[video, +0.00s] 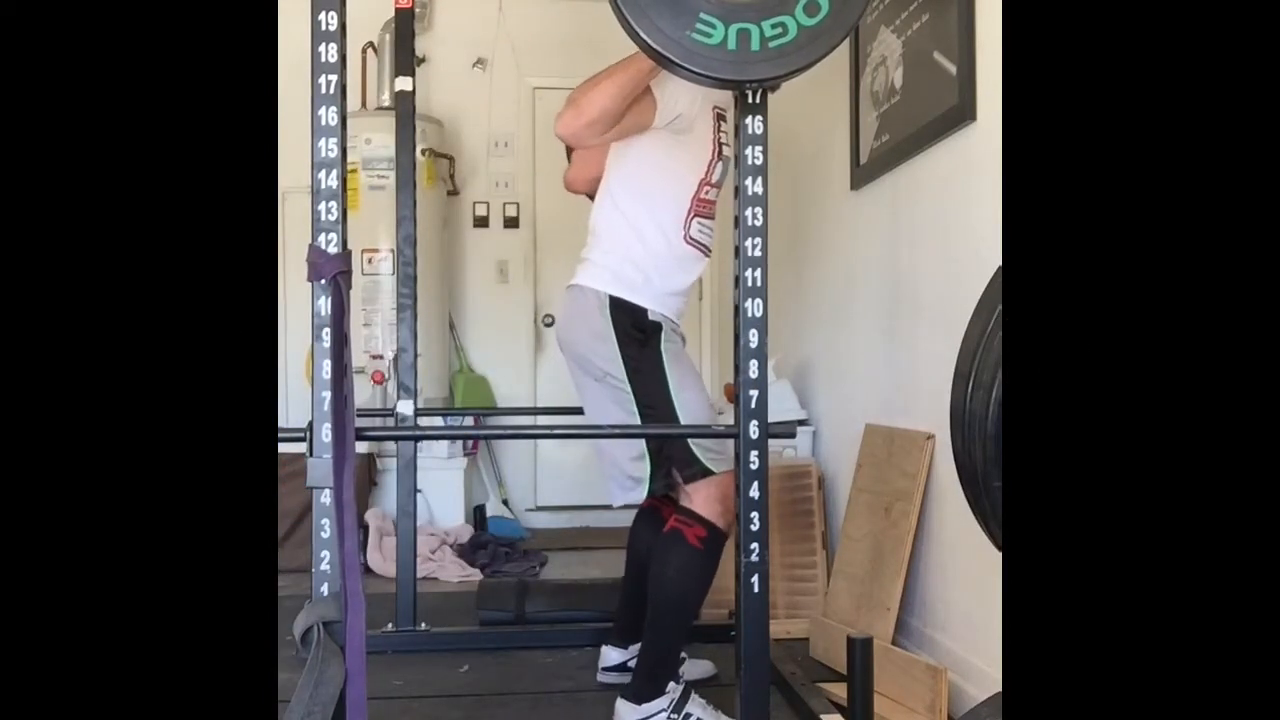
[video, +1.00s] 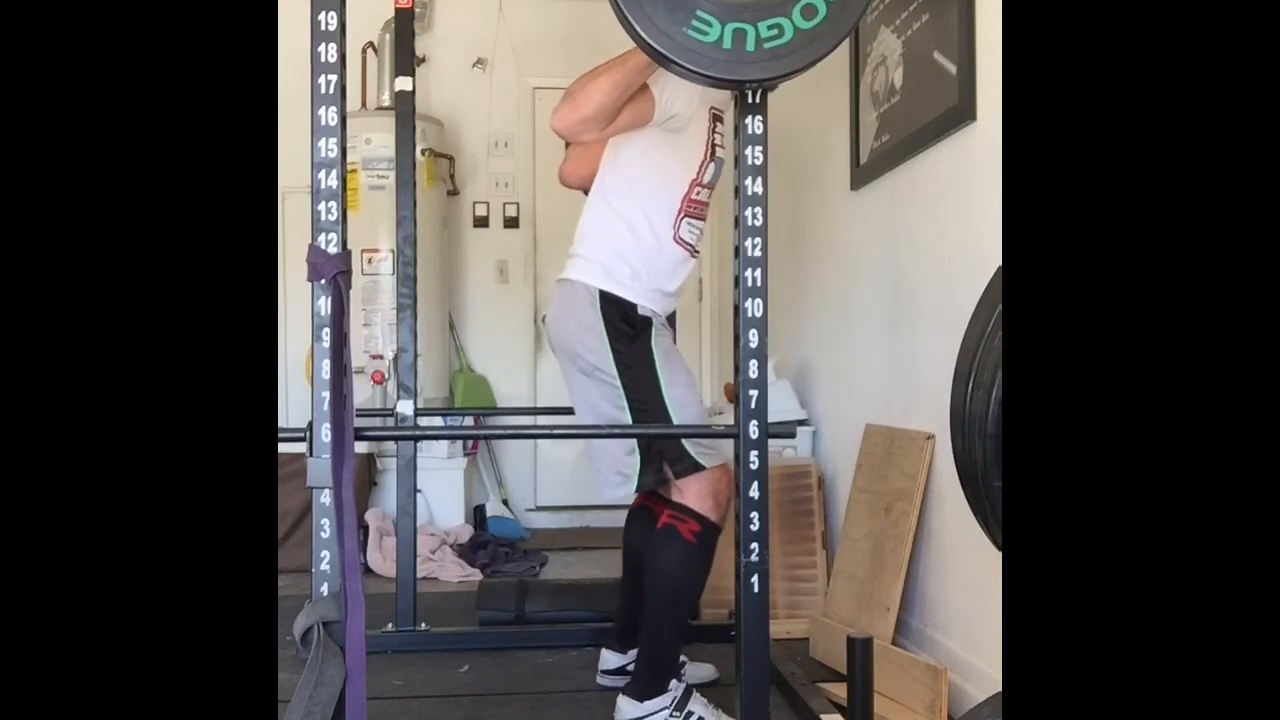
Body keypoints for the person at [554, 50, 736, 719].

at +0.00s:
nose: (760, 46)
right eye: (751, 34)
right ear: (721, 27)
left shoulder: (700, 102)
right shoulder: (681, 79)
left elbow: (579, 174)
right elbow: (572, 124)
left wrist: (679, 174)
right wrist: (657, 49)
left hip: (631, 310)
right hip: (619, 310)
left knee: (678, 485)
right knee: (711, 492)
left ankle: (628, 647)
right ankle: (652, 693)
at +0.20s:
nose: (762, 54)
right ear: (727, 40)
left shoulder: (704, 108)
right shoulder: (680, 83)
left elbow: (568, 157)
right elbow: (560, 103)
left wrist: (646, 189)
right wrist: (653, 43)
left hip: (635, 311)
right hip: (614, 311)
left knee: (671, 485)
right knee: (709, 494)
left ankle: (626, 650)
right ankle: (650, 696)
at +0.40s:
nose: (765, 51)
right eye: (757, 36)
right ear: (731, 34)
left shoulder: (703, 103)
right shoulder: (684, 78)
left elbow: (571, 163)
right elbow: (562, 110)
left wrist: (661, 183)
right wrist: (651, 43)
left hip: (630, 309)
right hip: (614, 309)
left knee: (670, 483)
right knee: (709, 493)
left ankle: (626, 651)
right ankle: (650, 695)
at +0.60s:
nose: (759, 48)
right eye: (752, 35)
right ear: (723, 28)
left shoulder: (698, 102)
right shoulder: (681, 77)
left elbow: (576, 168)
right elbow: (567, 116)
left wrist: (671, 180)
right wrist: (654, 44)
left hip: (630, 308)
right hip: (617, 309)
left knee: (674, 484)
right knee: (711, 491)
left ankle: (627, 651)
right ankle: (651, 694)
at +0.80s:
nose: (760, 54)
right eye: (753, 39)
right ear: (725, 35)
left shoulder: (695, 105)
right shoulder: (683, 80)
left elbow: (575, 168)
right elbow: (567, 117)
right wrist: (653, 45)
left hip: (625, 306)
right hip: (606, 305)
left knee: (664, 486)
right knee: (697, 486)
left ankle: (624, 651)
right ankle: (649, 695)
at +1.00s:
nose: (759, 49)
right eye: (751, 35)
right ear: (721, 31)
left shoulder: (695, 105)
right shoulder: (680, 79)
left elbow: (575, 168)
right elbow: (567, 120)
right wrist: (652, 46)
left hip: (626, 306)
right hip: (609, 306)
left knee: (667, 481)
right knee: (704, 486)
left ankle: (628, 650)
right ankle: (651, 694)